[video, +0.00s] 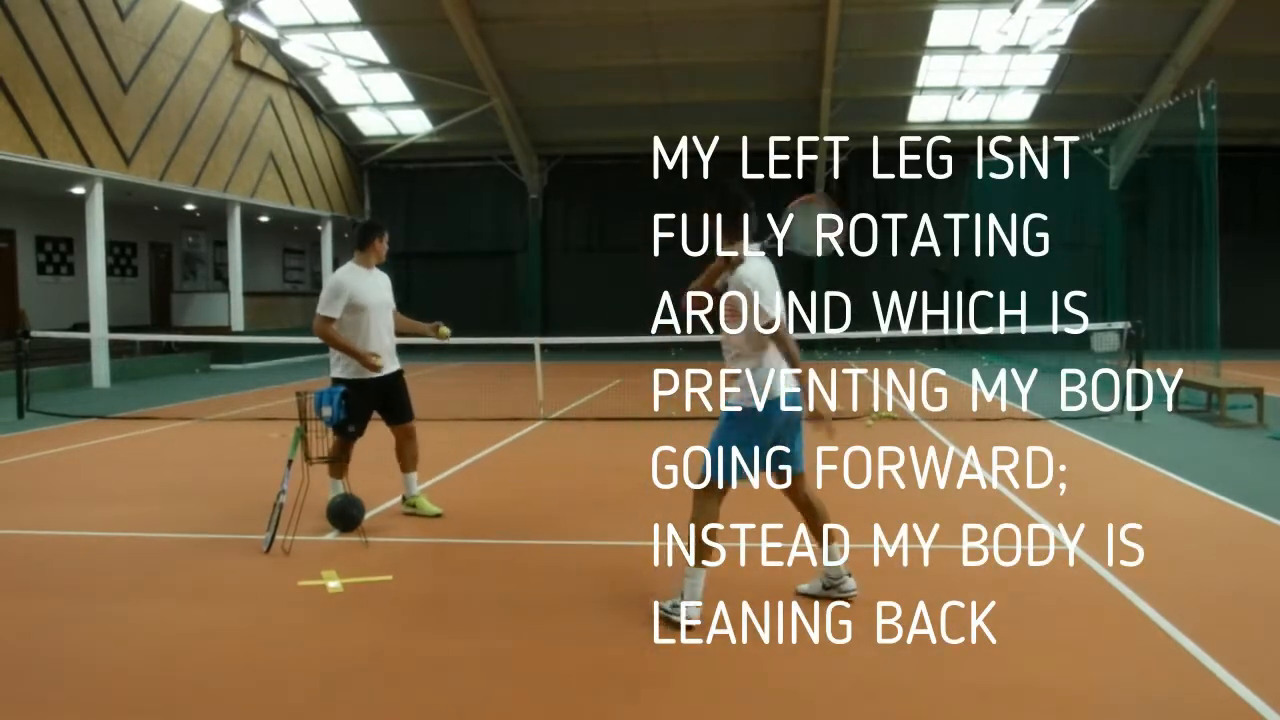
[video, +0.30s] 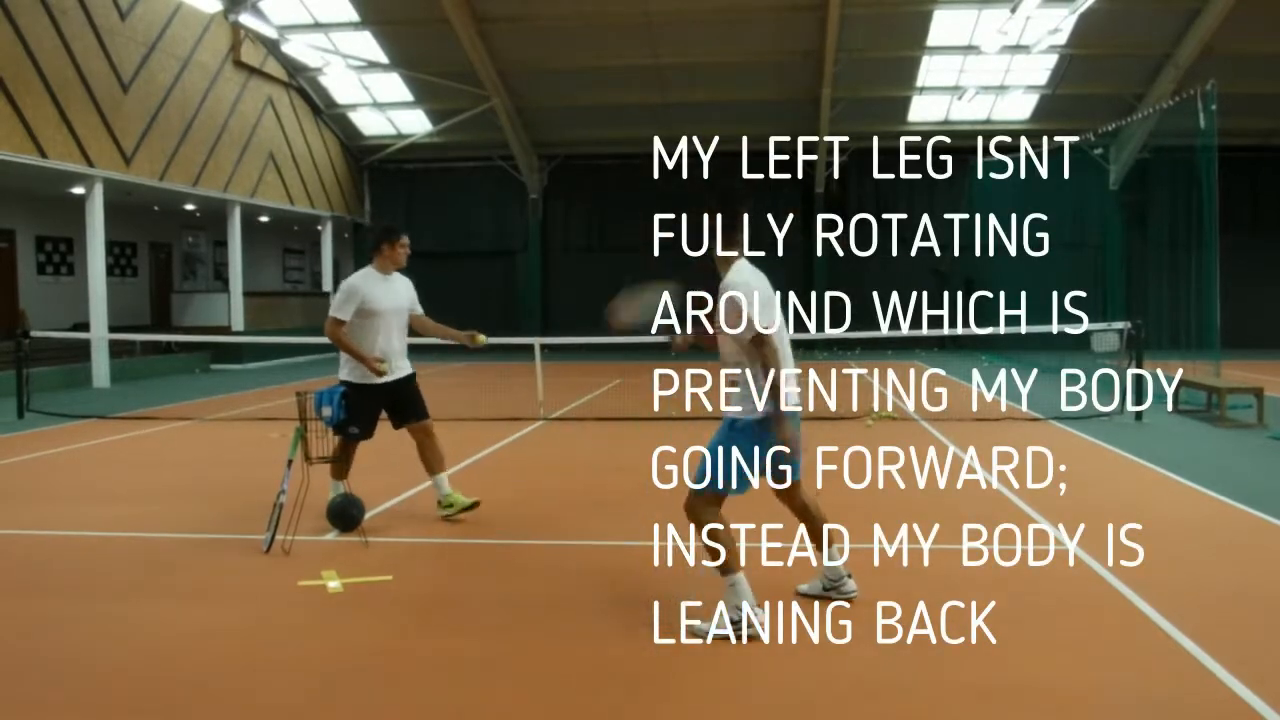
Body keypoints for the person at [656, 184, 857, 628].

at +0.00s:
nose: (711, 237)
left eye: (714, 230)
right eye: (713, 230)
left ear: (727, 234)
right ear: (745, 230)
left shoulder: (747, 278)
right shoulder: (750, 265)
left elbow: (783, 339)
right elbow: (693, 299)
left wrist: (812, 392)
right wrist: (724, 259)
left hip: (753, 403)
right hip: (780, 400)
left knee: (707, 489)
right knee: (795, 485)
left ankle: (691, 599)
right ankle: (835, 572)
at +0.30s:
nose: (695, 243)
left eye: (700, 233)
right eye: (699, 232)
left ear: (716, 238)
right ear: (735, 236)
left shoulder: (741, 287)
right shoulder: (746, 278)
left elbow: (772, 353)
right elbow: (746, 342)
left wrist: (779, 416)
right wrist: (702, 340)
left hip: (752, 418)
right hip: (773, 411)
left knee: (700, 505)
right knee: (790, 491)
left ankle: (741, 609)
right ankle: (837, 574)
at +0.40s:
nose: (688, 238)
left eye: (694, 227)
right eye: (695, 226)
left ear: (705, 234)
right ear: (731, 235)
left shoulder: (714, 281)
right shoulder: (747, 276)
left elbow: (735, 351)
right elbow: (758, 346)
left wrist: (725, 414)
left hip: (740, 416)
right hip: (770, 411)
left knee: (695, 512)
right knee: (785, 489)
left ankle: (742, 613)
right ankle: (831, 573)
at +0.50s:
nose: (689, 224)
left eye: (690, 217)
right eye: (696, 218)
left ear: (694, 218)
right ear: (727, 218)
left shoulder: (691, 262)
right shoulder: (747, 264)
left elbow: (703, 335)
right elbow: (766, 329)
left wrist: (668, 392)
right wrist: (730, 364)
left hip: (717, 409)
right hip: (760, 404)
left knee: (700, 505)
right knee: (771, 489)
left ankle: (741, 607)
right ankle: (800, 585)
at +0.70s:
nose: (703, 219)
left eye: (693, 211)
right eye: (713, 210)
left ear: (679, 215)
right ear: (718, 213)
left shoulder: (664, 260)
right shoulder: (744, 262)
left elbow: (654, 324)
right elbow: (769, 331)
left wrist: (608, 369)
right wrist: (741, 369)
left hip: (682, 411)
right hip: (736, 409)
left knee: (657, 509)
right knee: (735, 503)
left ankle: (689, 610)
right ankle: (748, 616)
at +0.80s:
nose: (700, 227)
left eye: (689, 220)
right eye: (705, 221)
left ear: (669, 221)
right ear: (707, 221)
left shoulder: (644, 264)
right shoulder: (733, 267)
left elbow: (630, 335)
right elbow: (761, 335)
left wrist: (597, 381)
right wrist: (752, 371)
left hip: (659, 416)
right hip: (720, 415)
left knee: (632, 515)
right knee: (735, 510)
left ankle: (621, 624)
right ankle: (750, 619)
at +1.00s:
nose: (666, 233)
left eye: (653, 223)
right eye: (667, 225)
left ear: (626, 226)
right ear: (666, 228)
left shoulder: (597, 278)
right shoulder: (679, 280)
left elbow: (581, 355)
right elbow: (701, 354)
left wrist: (624, 373)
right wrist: (722, 379)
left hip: (605, 432)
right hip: (663, 432)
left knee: (592, 543)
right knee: (704, 532)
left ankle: (569, 659)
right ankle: (750, 618)